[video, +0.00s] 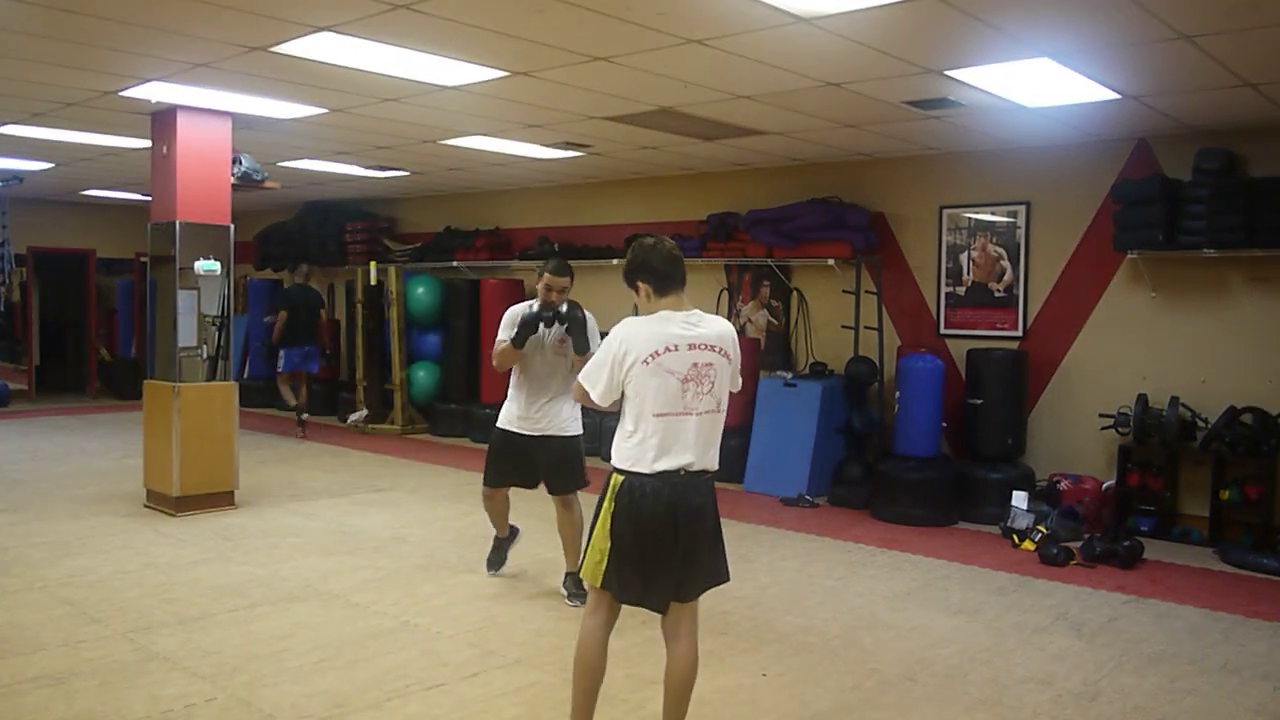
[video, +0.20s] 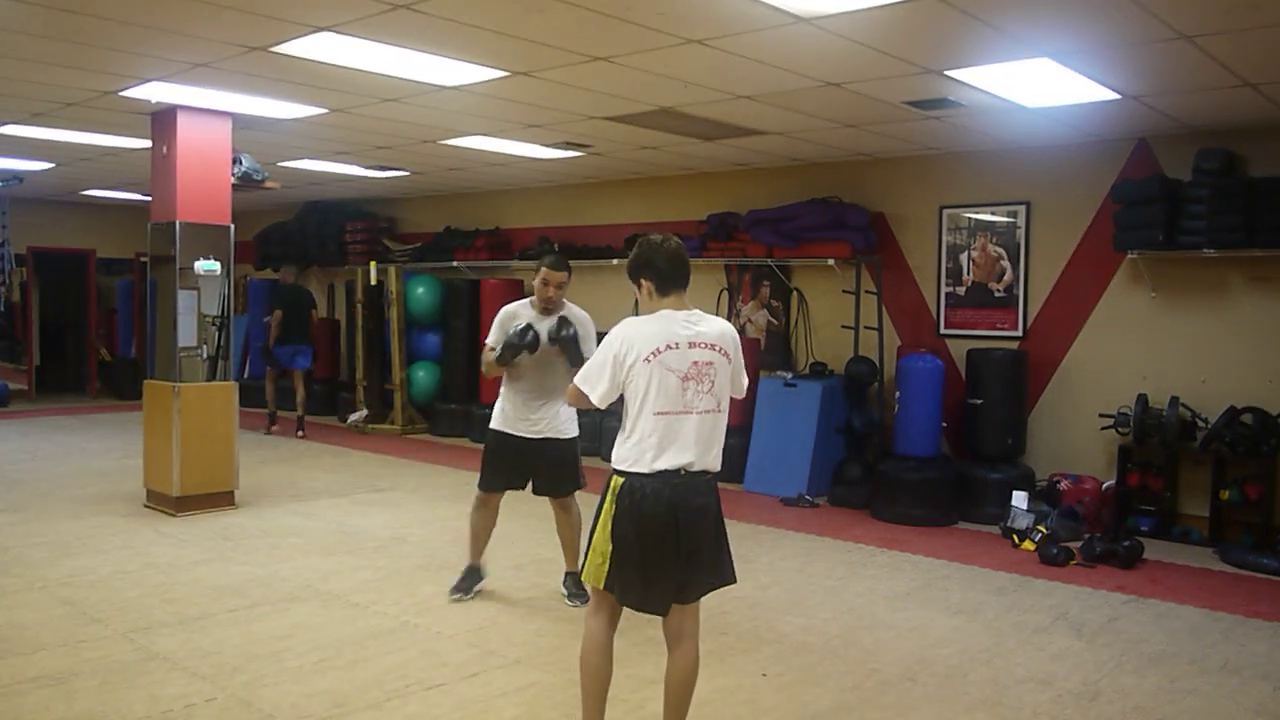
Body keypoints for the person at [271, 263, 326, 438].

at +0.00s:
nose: (292, 278)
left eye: (293, 275)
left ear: (294, 276)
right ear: (308, 277)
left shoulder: (287, 293)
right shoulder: (316, 294)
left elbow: (282, 318)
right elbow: (323, 318)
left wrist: (274, 338)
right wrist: (324, 340)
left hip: (291, 343)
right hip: (310, 342)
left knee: (282, 380)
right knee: (303, 381)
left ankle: (294, 405)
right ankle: (301, 422)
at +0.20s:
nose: (279, 277)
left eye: (281, 274)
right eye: (280, 273)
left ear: (285, 275)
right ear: (297, 276)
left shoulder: (280, 292)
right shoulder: (307, 293)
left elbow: (276, 318)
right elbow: (315, 317)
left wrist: (270, 344)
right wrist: (309, 332)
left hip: (283, 341)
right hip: (303, 341)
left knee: (270, 379)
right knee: (299, 381)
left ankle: (272, 419)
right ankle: (300, 424)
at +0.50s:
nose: (261, 277)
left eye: (263, 274)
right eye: (263, 273)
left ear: (264, 276)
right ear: (279, 277)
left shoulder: (261, 293)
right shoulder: (288, 294)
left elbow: (256, 319)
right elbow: (296, 317)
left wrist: (252, 342)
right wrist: (294, 338)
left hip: (264, 342)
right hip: (284, 342)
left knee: (262, 379)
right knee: (282, 378)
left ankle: (264, 421)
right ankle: (289, 406)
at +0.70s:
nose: (256, 273)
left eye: (256, 270)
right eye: (260, 270)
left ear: (255, 272)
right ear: (270, 273)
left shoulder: (250, 290)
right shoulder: (277, 289)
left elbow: (244, 313)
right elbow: (285, 311)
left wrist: (237, 329)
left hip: (256, 339)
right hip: (275, 338)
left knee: (258, 377)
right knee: (268, 375)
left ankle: (263, 418)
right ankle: (270, 408)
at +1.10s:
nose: (244, 277)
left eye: (245, 274)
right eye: (248, 273)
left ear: (243, 277)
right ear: (257, 277)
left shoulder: (238, 294)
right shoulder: (264, 294)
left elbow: (234, 315)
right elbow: (273, 315)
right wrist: (270, 332)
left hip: (241, 339)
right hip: (260, 338)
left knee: (238, 374)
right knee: (255, 376)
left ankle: (241, 402)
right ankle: (254, 412)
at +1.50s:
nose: (244, 282)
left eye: (243, 278)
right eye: (243, 278)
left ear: (231, 280)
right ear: (240, 280)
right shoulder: (246, 296)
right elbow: (252, 320)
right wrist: (253, 341)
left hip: (231, 337)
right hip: (243, 338)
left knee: (239, 370)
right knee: (240, 370)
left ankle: (246, 399)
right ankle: (246, 399)